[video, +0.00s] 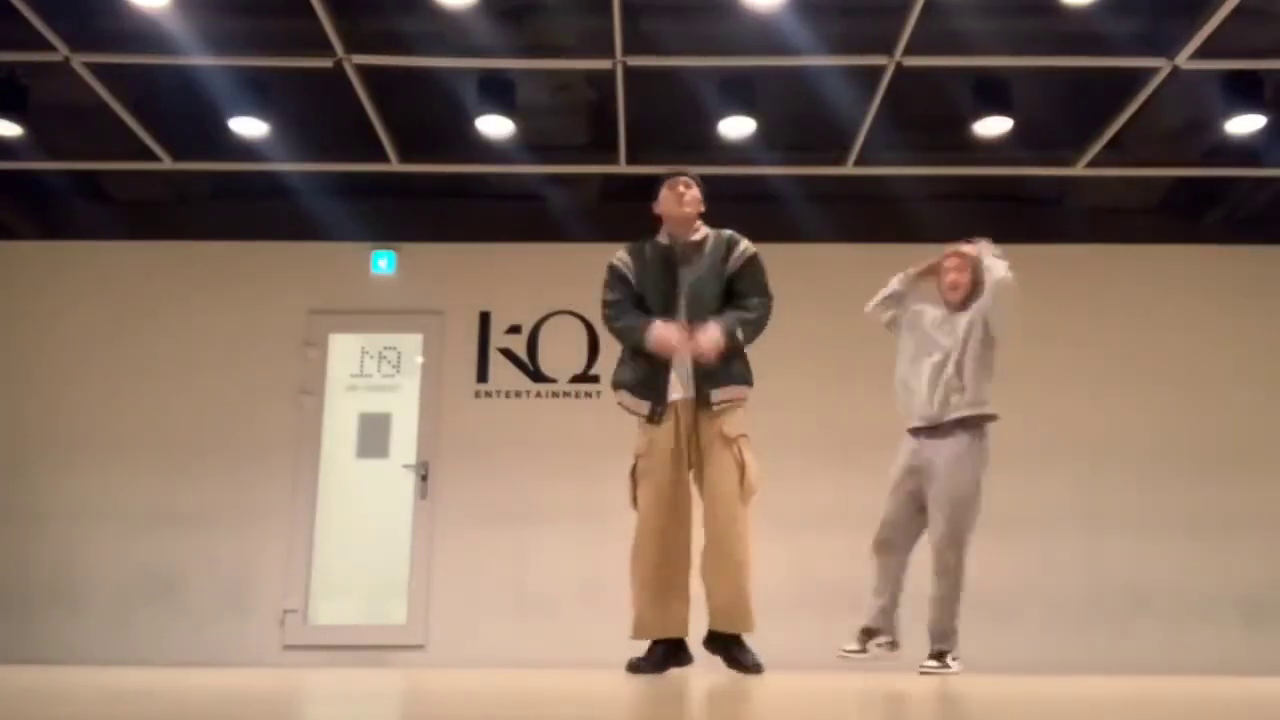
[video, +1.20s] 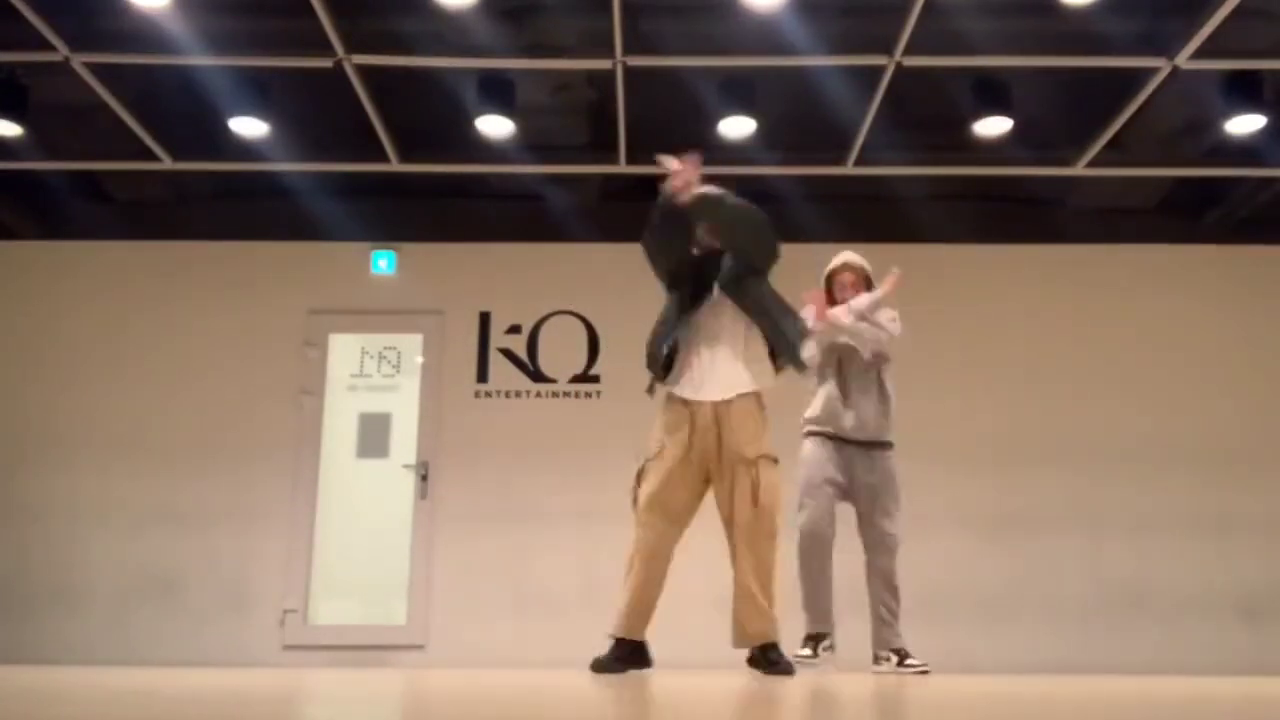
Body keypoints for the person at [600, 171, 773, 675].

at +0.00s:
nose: (685, 191)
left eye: (691, 186)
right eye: (675, 188)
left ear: (703, 203)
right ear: (657, 208)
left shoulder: (733, 249)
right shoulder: (632, 259)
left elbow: (756, 307)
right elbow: (617, 314)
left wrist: (720, 332)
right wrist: (653, 333)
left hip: (721, 404)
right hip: (658, 408)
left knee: (729, 518)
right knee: (660, 520)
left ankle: (727, 631)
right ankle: (667, 639)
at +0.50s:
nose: (700, 200)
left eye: (708, 193)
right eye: (692, 195)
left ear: (726, 203)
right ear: (683, 209)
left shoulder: (757, 245)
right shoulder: (663, 249)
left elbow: (790, 280)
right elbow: (612, 278)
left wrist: (742, 312)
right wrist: (655, 297)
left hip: (746, 407)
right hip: (681, 409)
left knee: (751, 517)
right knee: (670, 513)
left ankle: (748, 631)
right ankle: (672, 633)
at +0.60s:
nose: (713, 211)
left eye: (721, 204)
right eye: (703, 204)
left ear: (736, 217)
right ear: (686, 217)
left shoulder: (755, 264)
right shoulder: (668, 266)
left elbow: (792, 238)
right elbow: (617, 231)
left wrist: (747, 219)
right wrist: (653, 210)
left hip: (750, 403)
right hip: (689, 407)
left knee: (765, 503)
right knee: (680, 503)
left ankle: (757, 624)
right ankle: (702, 626)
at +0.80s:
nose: (724, 244)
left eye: (732, 236)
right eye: (714, 238)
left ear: (748, 247)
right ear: (702, 251)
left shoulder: (761, 291)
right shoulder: (689, 293)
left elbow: (784, 316)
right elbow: (653, 308)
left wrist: (769, 257)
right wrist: (663, 253)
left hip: (758, 439)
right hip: (698, 445)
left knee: (775, 536)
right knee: (682, 534)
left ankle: (770, 649)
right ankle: (720, 647)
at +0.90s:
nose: (727, 242)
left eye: (733, 233)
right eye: (717, 238)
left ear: (748, 242)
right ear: (706, 252)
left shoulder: (781, 288)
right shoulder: (688, 293)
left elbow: (792, 342)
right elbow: (668, 348)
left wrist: (766, 369)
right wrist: (691, 366)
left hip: (764, 430)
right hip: (701, 433)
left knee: (765, 533)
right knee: (679, 529)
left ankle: (768, 649)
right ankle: (718, 645)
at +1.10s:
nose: (718, 223)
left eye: (724, 217)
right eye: (708, 221)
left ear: (741, 229)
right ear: (698, 239)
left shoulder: (767, 273)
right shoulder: (683, 279)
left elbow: (813, 287)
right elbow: (646, 305)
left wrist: (812, 238)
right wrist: (619, 257)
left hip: (751, 414)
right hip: (691, 415)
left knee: (756, 522)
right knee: (655, 504)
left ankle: (761, 646)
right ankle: (662, 639)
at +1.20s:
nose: (706, 233)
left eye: (714, 222)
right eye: (700, 224)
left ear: (731, 229)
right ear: (691, 234)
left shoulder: (750, 269)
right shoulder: (683, 275)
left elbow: (755, 229)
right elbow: (659, 244)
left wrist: (704, 195)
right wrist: (673, 199)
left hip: (741, 405)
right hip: (682, 407)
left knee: (754, 521)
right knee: (655, 519)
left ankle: (763, 643)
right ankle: (630, 640)